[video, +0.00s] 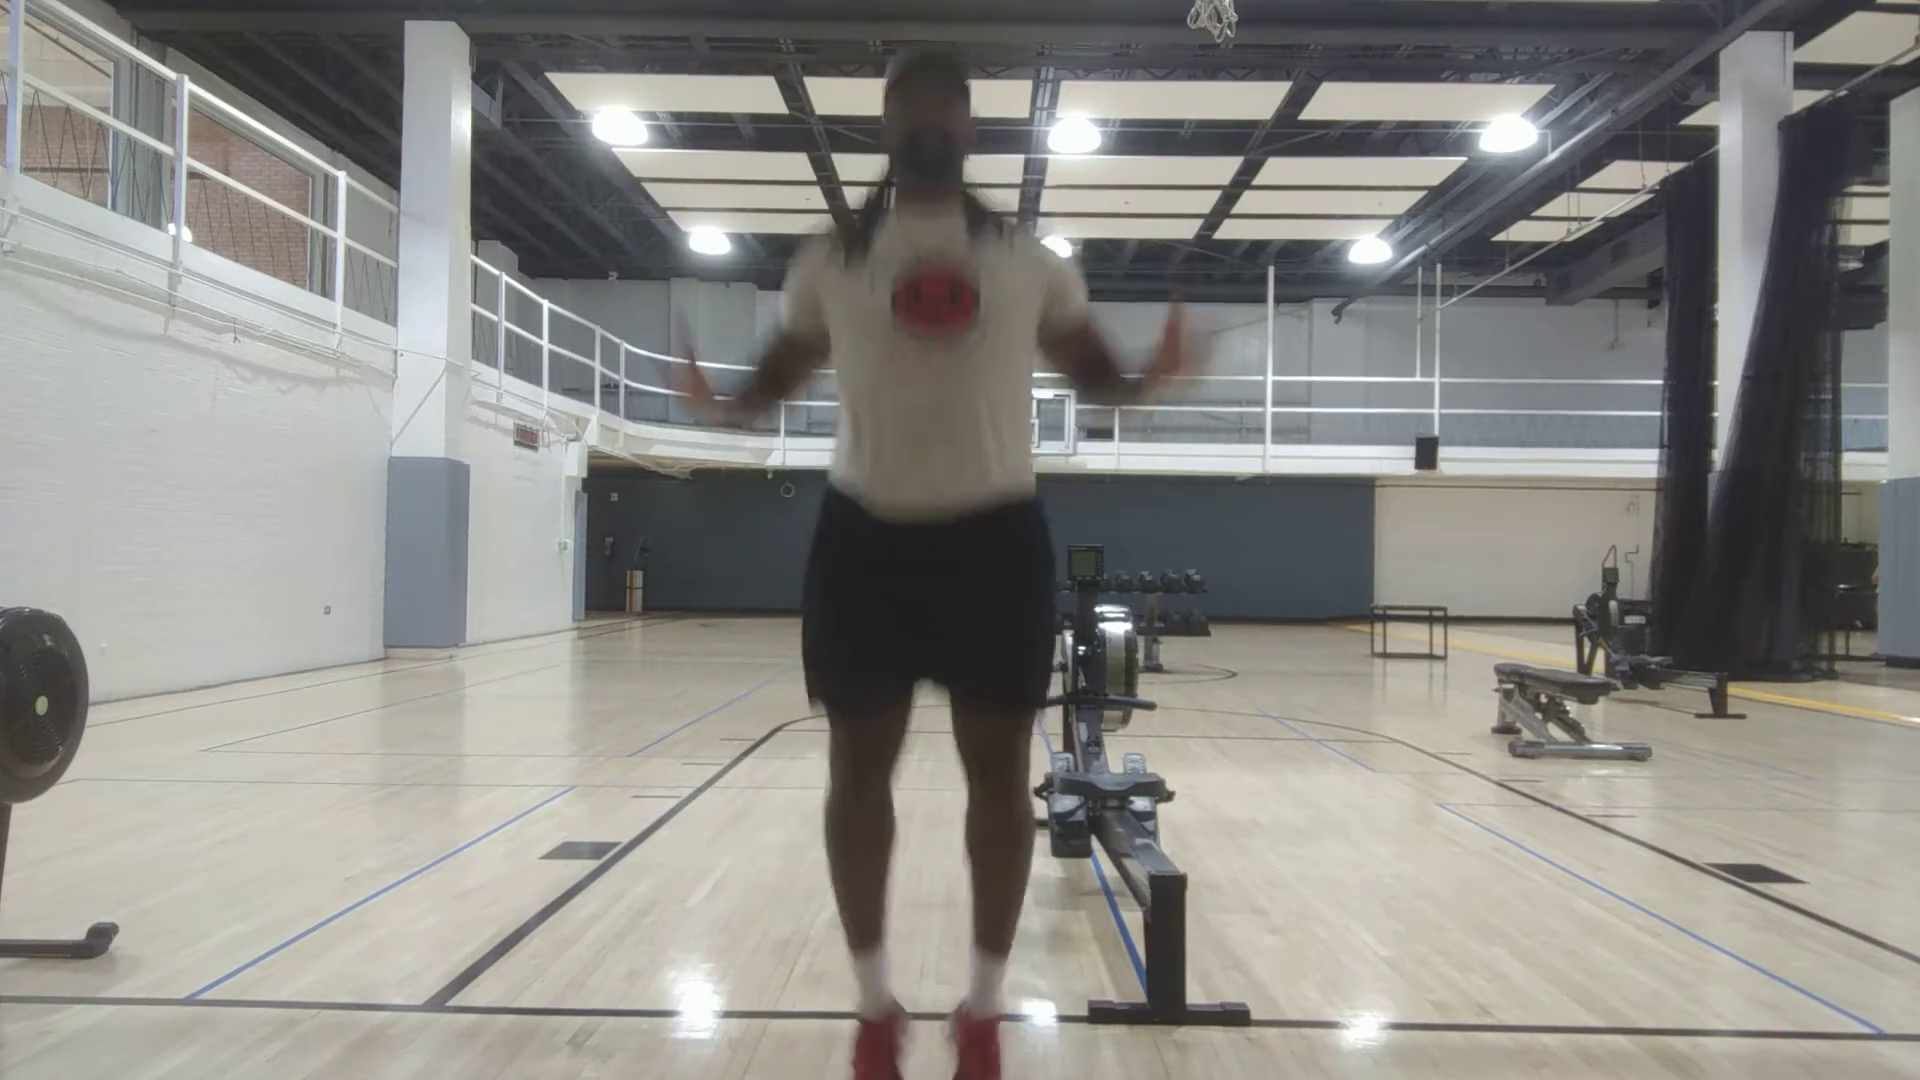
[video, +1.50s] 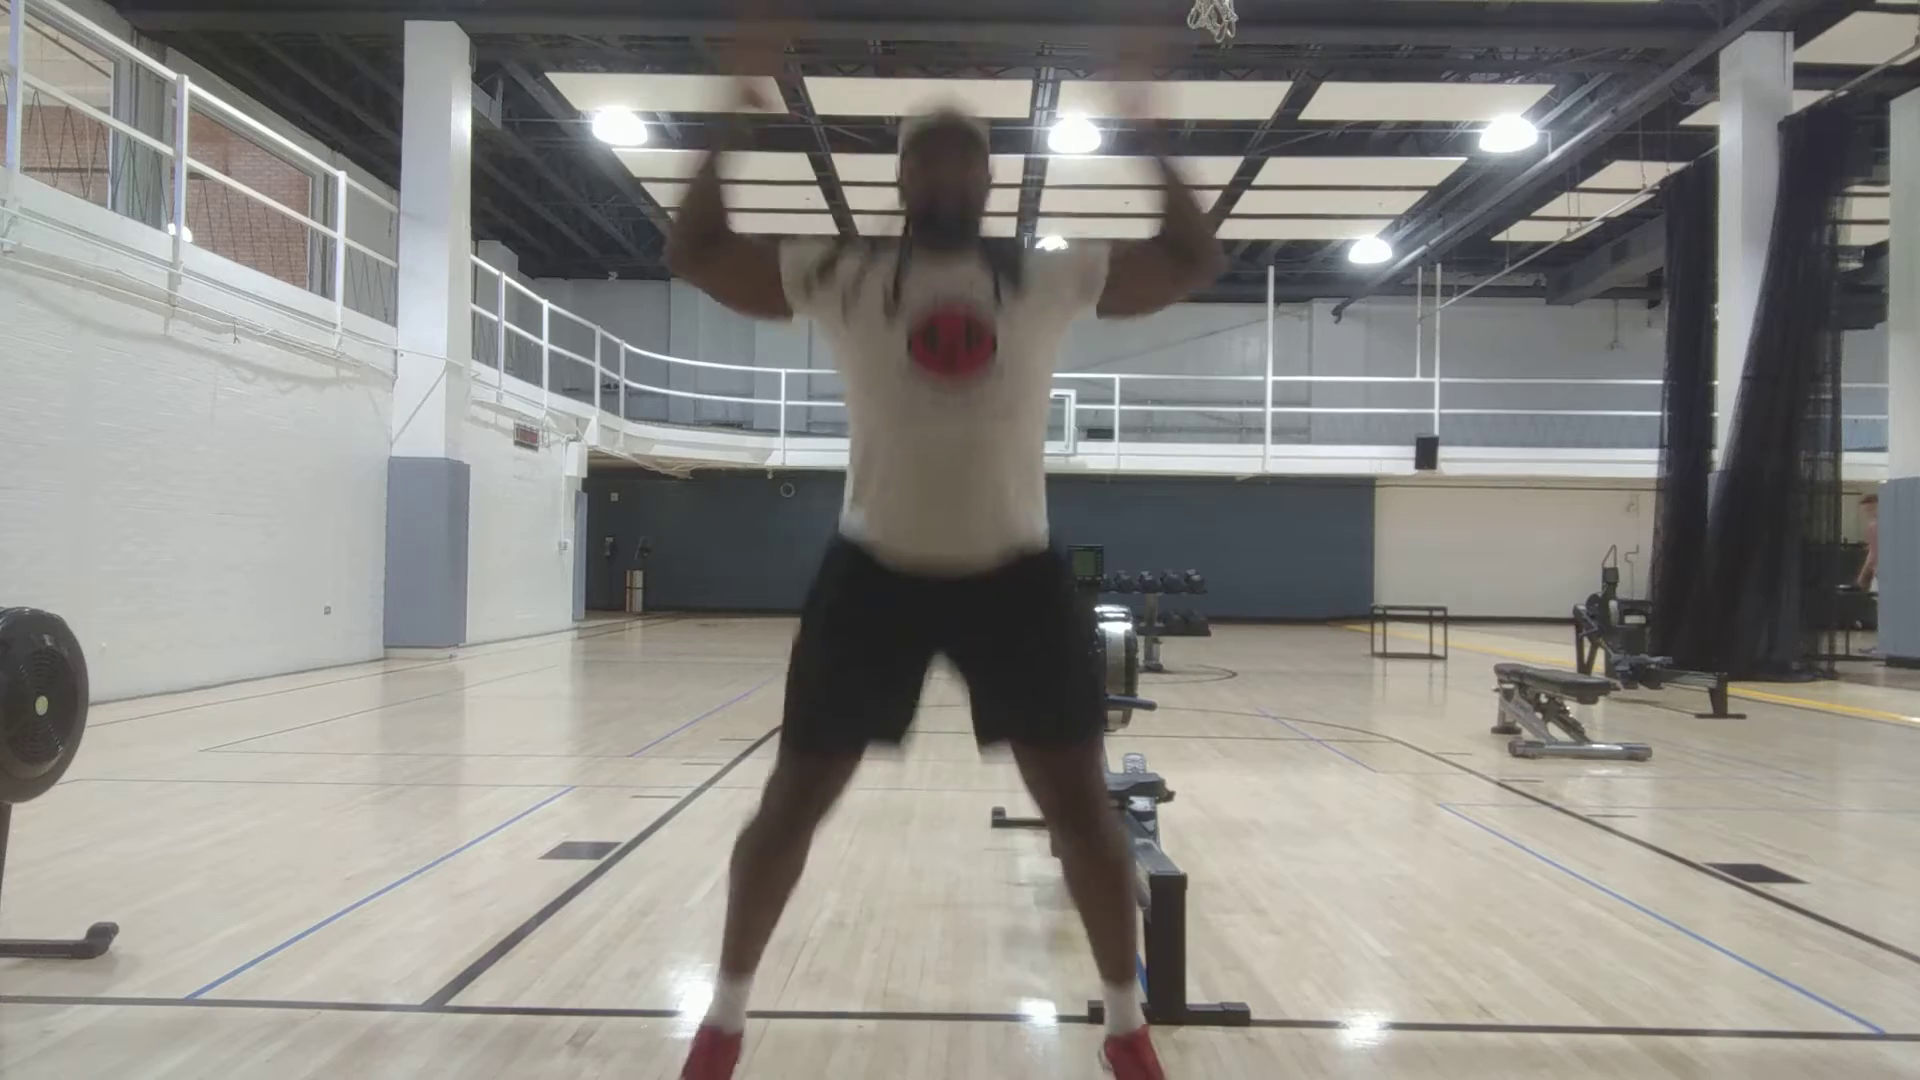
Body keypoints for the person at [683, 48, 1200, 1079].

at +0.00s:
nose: (932, 119)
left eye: (949, 101)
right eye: (914, 101)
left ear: (972, 123)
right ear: (884, 121)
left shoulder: (1029, 261)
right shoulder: (832, 259)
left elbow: (1100, 380)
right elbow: (779, 378)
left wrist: (1153, 375)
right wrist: (729, 400)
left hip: (996, 535)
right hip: (868, 536)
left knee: (1000, 773)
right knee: (859, 769)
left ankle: (983, 1005)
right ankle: (876, 1004)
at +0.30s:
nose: (925, 135)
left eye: (942, 120)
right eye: (908, 120)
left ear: (971, 145)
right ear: (880, 144)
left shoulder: (1031, 244)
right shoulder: (825, 247)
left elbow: (1175, 218)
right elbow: (677, 224)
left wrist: (1105, 86)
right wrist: (716, 82)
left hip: (992, 553)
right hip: (854, 550)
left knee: (1063, 804)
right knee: (767, 797)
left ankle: (1122, 1014)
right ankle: (694, 1011)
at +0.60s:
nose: (925, 91)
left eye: (944, 75)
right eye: (907, 74)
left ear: (975, 96)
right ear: (878, 94)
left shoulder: (1027, 198)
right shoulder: (826, 196)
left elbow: (1155, 270)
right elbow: (690, 238)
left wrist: (1218, 170)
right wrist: (648, 126)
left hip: (993, 498)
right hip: (857, 494)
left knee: (1033, 747)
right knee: (803, 735)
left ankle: (1070, 988)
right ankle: (768, 974)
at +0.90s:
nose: (930, 182)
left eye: (949, 166)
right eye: (913, 165)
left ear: (977, 185)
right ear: (887, 181)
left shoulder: (1029, 313)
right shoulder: (830, 312)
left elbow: (1055, 467)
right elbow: (786, 458)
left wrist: (1067, 474)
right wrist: (804, 466)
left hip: (995, 594)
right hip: (865, 592)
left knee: (995, 840)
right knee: (867, 833)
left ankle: (955, 1041)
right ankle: (881, 1046)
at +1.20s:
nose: (940, 57)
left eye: (959, 41)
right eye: (922, 40)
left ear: (987, 65)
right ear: (892, 64)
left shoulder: (1042, 178)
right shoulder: (839, 179)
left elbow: (1181, 244)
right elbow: (690, 242)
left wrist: (1214, 121)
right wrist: (651, 112)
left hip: (1008, 471)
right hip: (871, 467)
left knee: (1045, 727)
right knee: (817, 721)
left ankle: (1084, 983)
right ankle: (765, 972)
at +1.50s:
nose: (947, 175)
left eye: (963, 160)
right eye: (930, 159)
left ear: (989, 183)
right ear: (902, 181)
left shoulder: (1048, 280)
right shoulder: (842, 279)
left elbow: (1190, 261)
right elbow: (697, 253)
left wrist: (1150, 133)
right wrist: (731, 110)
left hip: (1014, 581)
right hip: (873, 578)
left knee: (1082, 811)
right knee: (791, 804)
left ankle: (1127, 1026)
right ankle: (724, 1017)